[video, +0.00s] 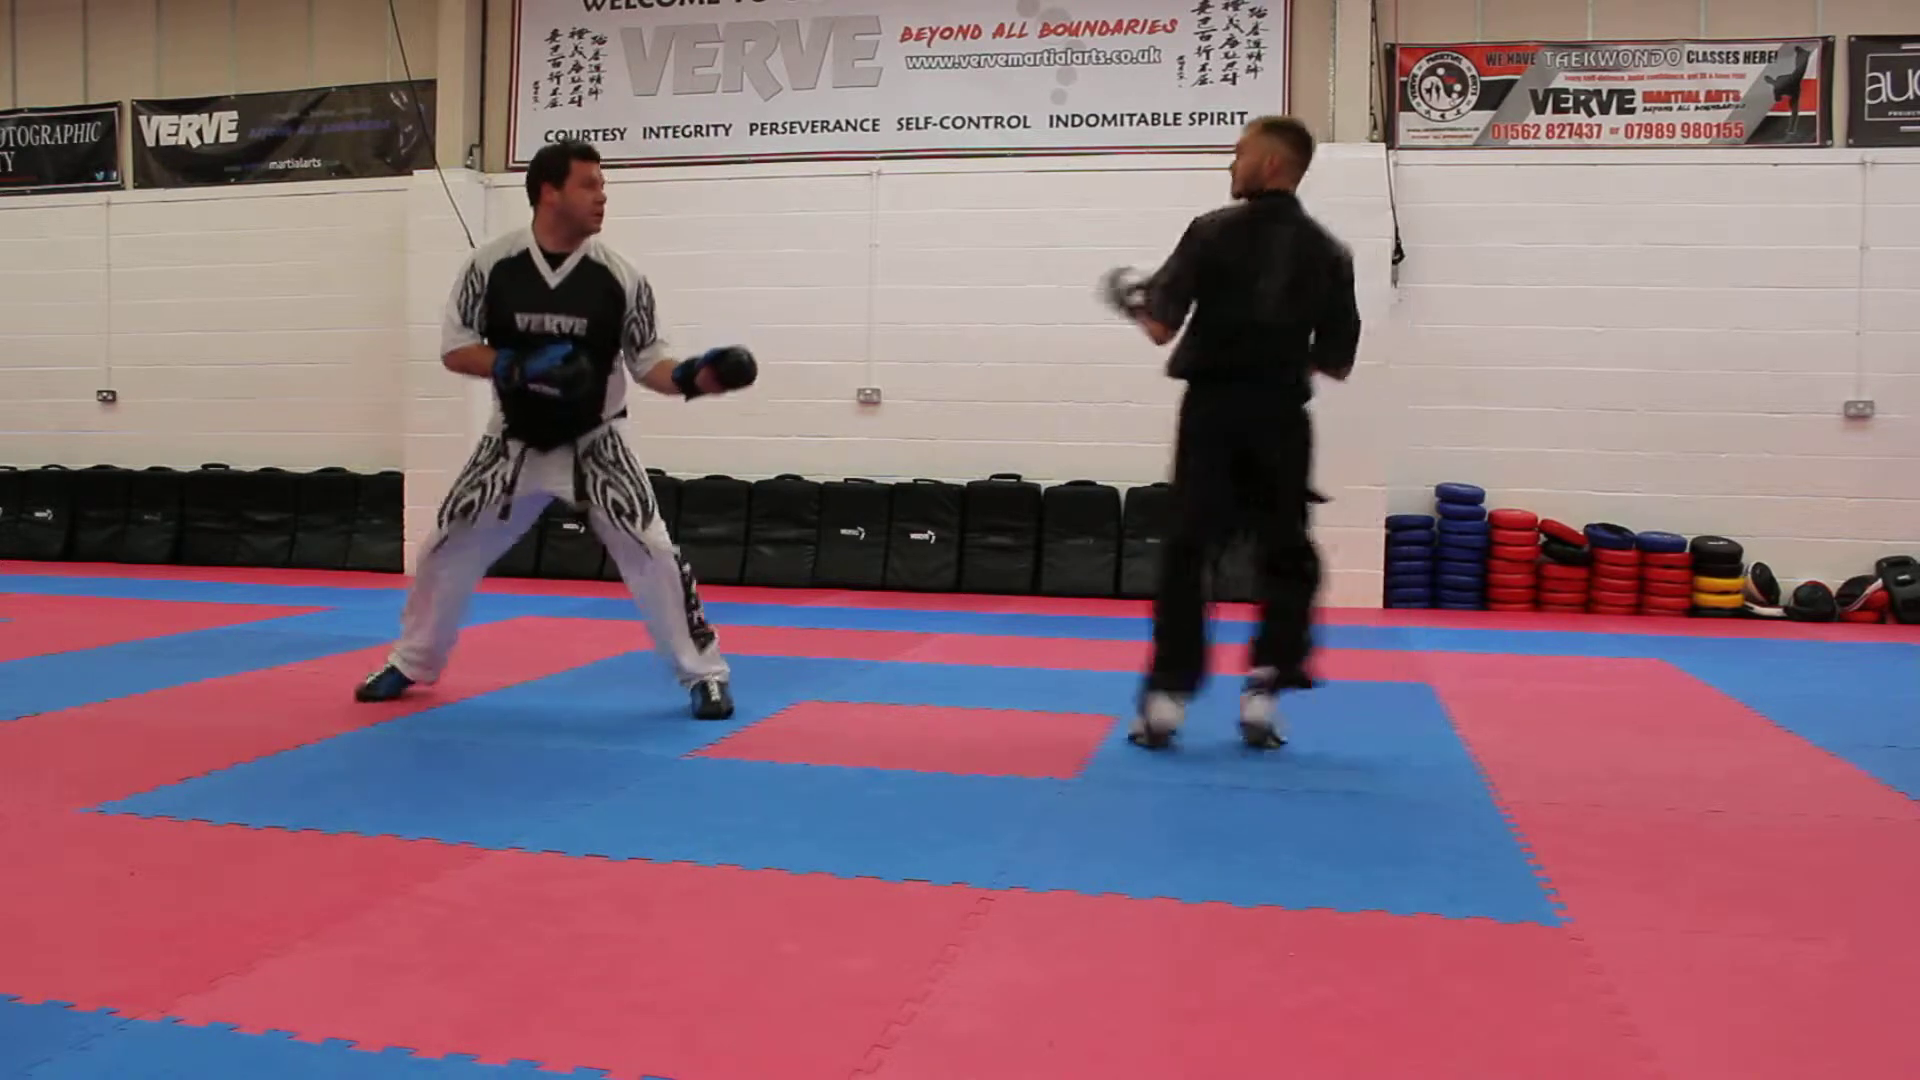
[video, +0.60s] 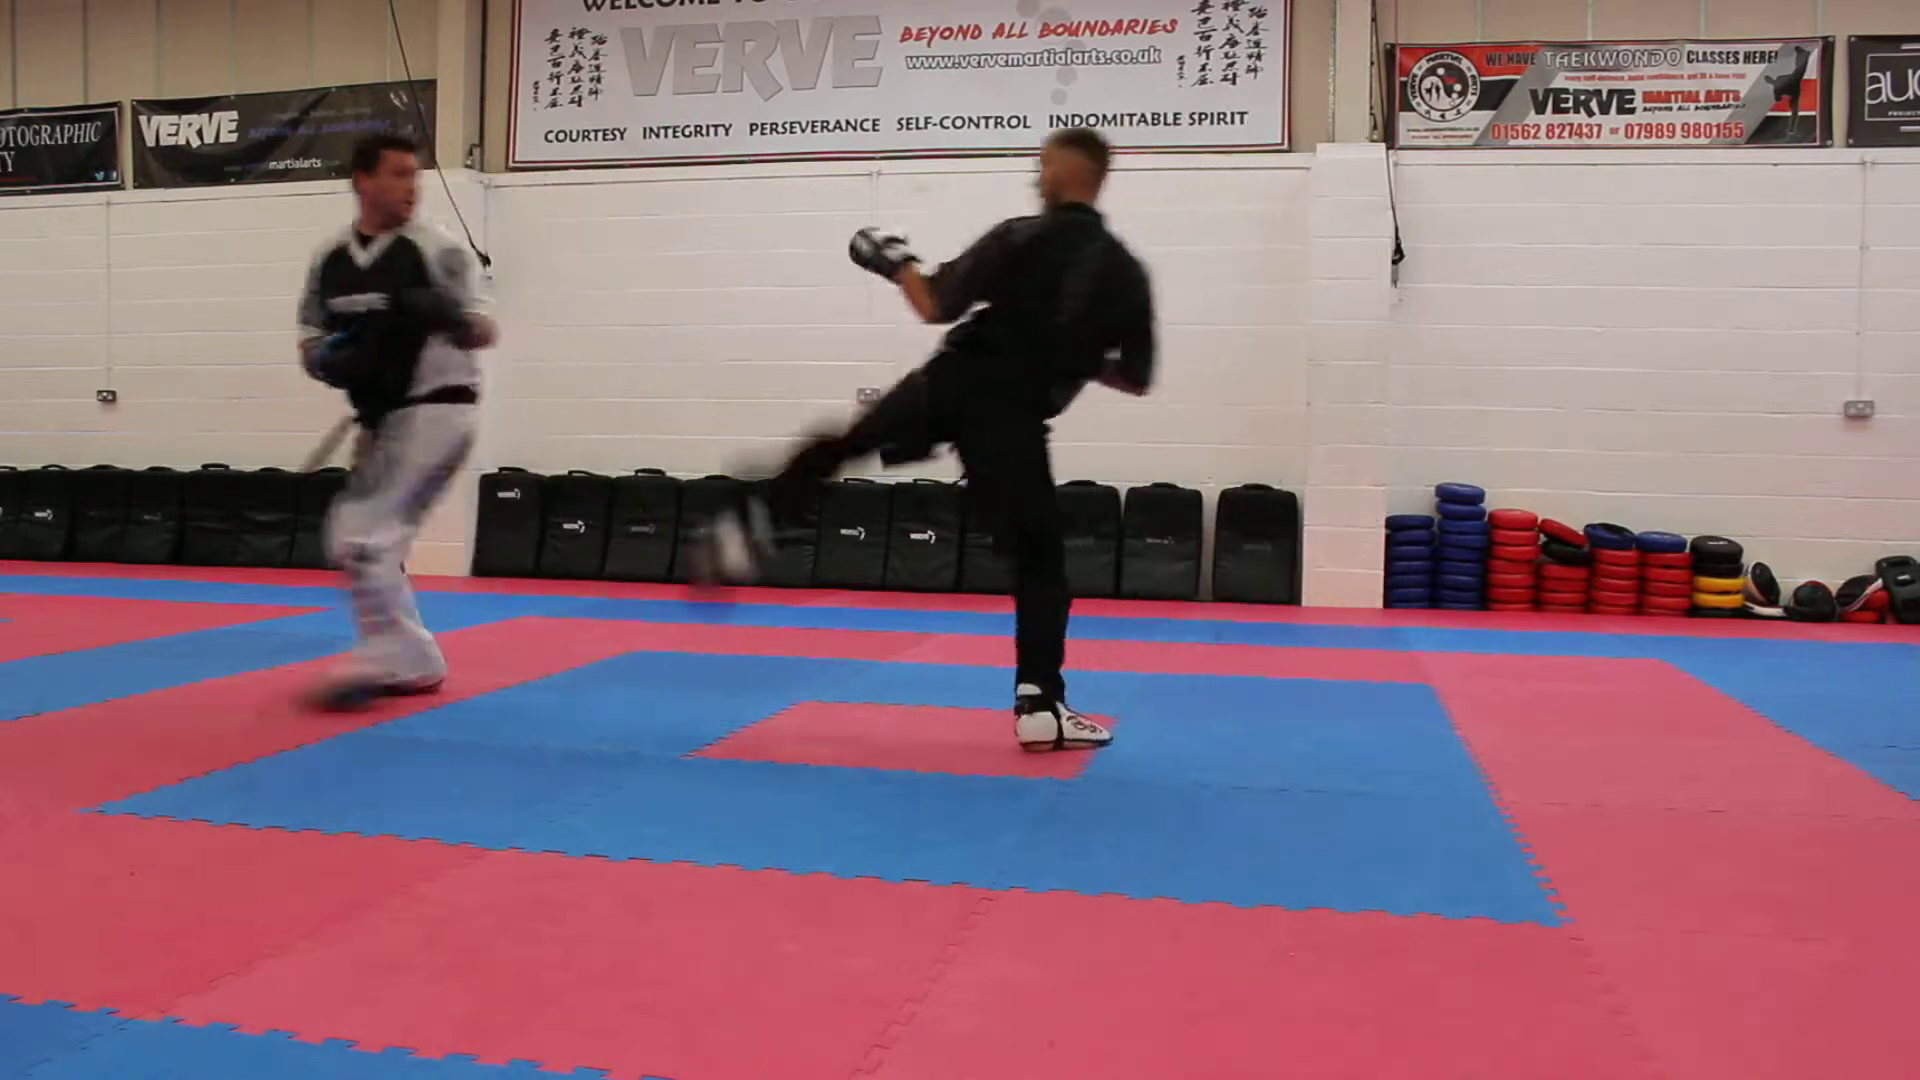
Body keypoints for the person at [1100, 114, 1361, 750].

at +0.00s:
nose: (1232, 163)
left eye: (1241, 152)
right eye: (1237, 151)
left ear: (1270, 162)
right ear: (1296, 168)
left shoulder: (1213, 231)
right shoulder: (1327, 252)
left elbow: (1160, 324)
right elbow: (1336, 360)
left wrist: (1135, 295)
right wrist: (1278, 342)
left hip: (1208, 419)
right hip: (1281, 423)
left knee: (1187, 548)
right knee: (1288, 552)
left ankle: (1166, 697)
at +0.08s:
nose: (1226, 183)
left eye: (1235, 172)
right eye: (1230, 172)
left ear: (1268, 182)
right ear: (1282, 189)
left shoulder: (1206, 246)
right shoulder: (1314, 274)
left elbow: (1150, 317)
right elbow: (1333, 380)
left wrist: (1108, 293)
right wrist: (1270, 361)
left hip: (1175, 429)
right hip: (1248, 439)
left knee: (1132, 523)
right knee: (1250, 567)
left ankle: (1112, 625)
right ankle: (1243, 704)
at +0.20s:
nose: (1197, 165)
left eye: (1206, 155)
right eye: (1202, 154)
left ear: (1233, 164)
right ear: (1256, 169)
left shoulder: (1188, 220)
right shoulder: (1279, 259)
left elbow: (1127, 270)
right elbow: (1269, 356)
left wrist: (1071, 239)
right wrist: (1213, 316)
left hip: (1118, 375)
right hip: (1177, 411)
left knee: (1051, 418)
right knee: (1203, 546)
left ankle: (1004, 496)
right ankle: (1225, 699)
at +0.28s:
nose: (1164, 149)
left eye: (1174, 138)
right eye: (1170, 137)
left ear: (1196, 149)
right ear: (1224, 154)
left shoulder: (1153, 205)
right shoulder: (1243, 244)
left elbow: (1074, 252)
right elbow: (1232, 345)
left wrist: (1016, 216)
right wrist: (1169, 318)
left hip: (1079, 351)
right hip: (1137, 395)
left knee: (1017, 320)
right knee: (1146, 526)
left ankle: (931, 412)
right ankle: (1145, 684)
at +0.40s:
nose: (1110, 153)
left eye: (1118, 142)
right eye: (1115, 141)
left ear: (1137, 152)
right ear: (1174, 158)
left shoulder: (1095, 216)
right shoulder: (1198, 253)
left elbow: (1005, 278)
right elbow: (1211, 355)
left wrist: (959, 236)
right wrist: (1147, 338)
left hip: (1032, 347)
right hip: (1086, 399)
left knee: (952, 303)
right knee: (1060, 536)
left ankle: (836, 329)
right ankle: (1047, 691)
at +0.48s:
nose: (1086, 164)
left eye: (1094, 155)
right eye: (1090, 153)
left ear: (1113, 165)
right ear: (1149, 172)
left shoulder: (1073, 227)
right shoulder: (1174, 267)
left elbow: (982, 293)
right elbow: (1190, 368)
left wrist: (932, 253)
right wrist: (1126, 356)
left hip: (994, 364)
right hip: (1052, 417)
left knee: (897, 340)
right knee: (1057, 557)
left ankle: (793, 333)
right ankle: (1043, 704)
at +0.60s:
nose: (1040, 173)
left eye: (1047, 163)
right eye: (1044, 161)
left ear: (1063, 172)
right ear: (1100, 178)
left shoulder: (1020, 238)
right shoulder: (1126, 273)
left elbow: (935, 304)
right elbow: (1135, 378)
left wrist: (894, 260)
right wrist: (1075, 353)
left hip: (948, 388)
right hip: (1013, 424)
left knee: (847, 444)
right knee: (1041, 558)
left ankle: (756, 521)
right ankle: (1039, 704)